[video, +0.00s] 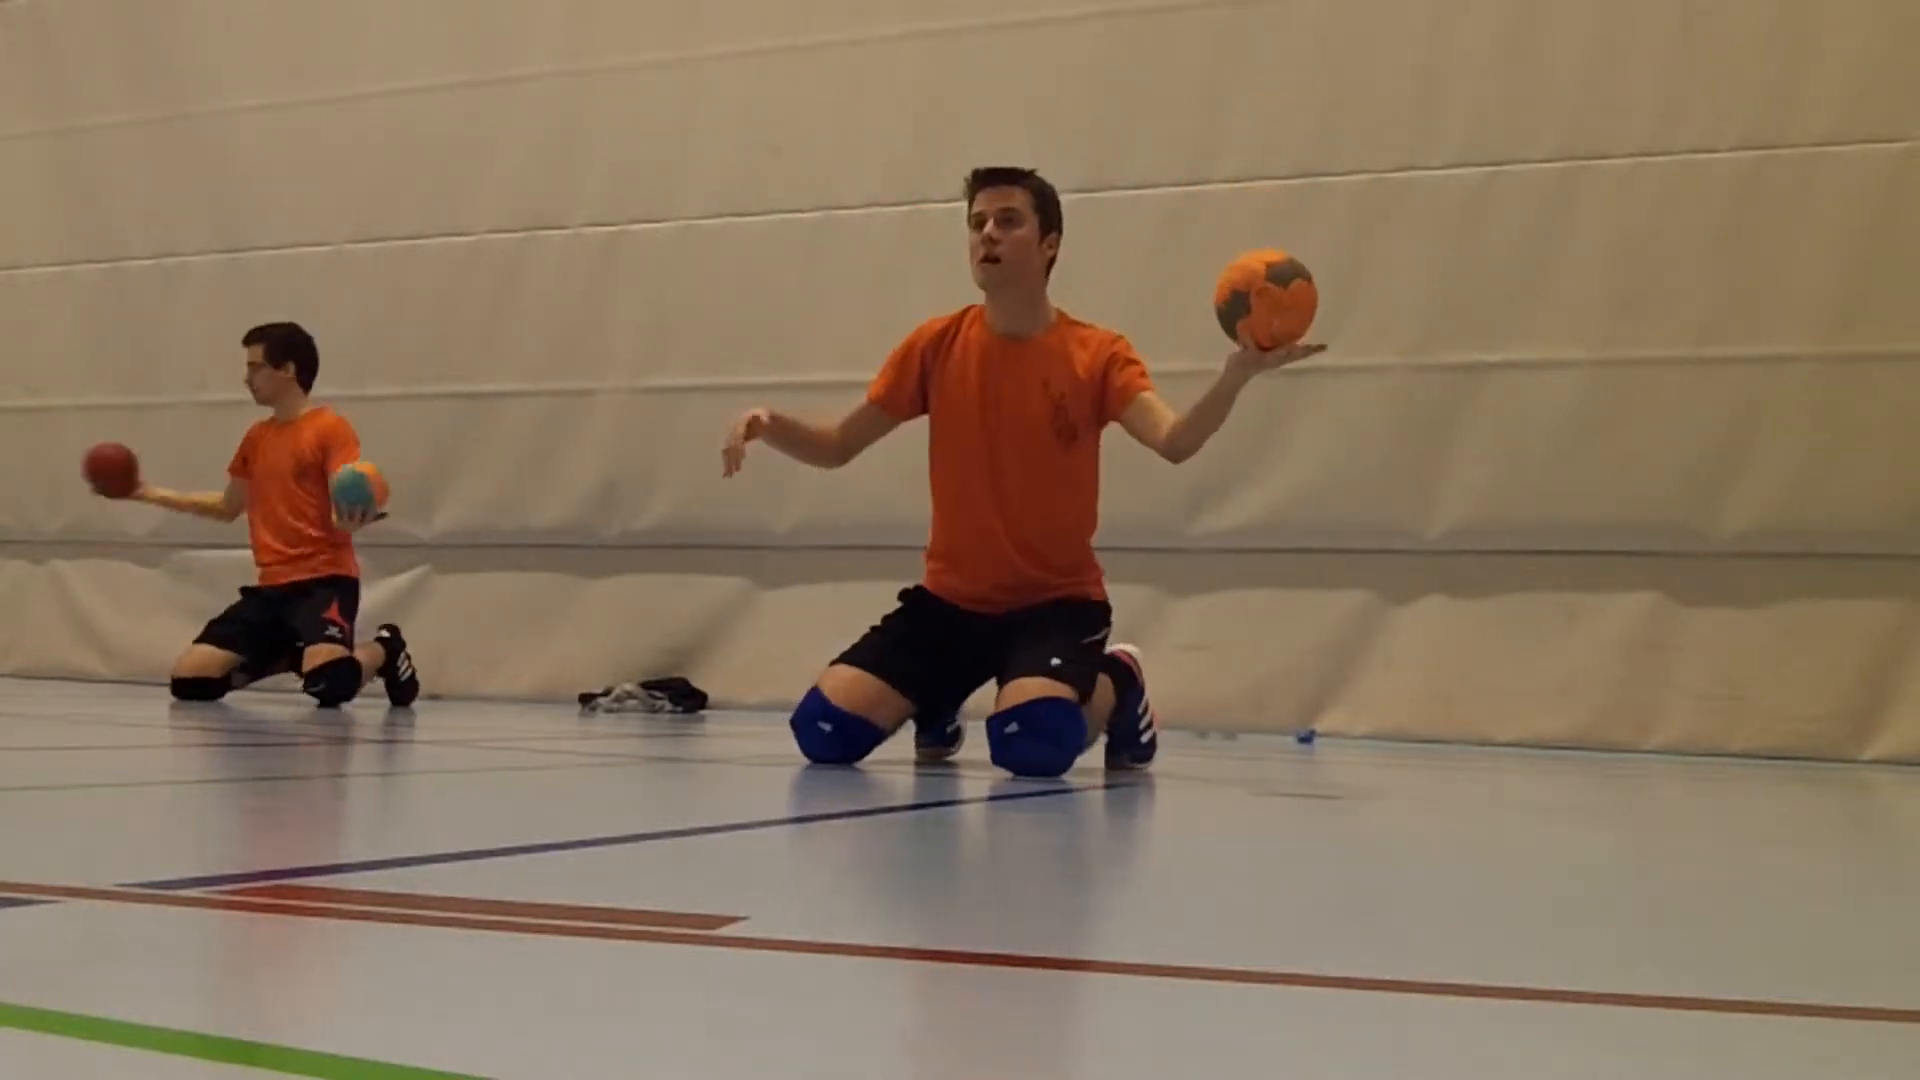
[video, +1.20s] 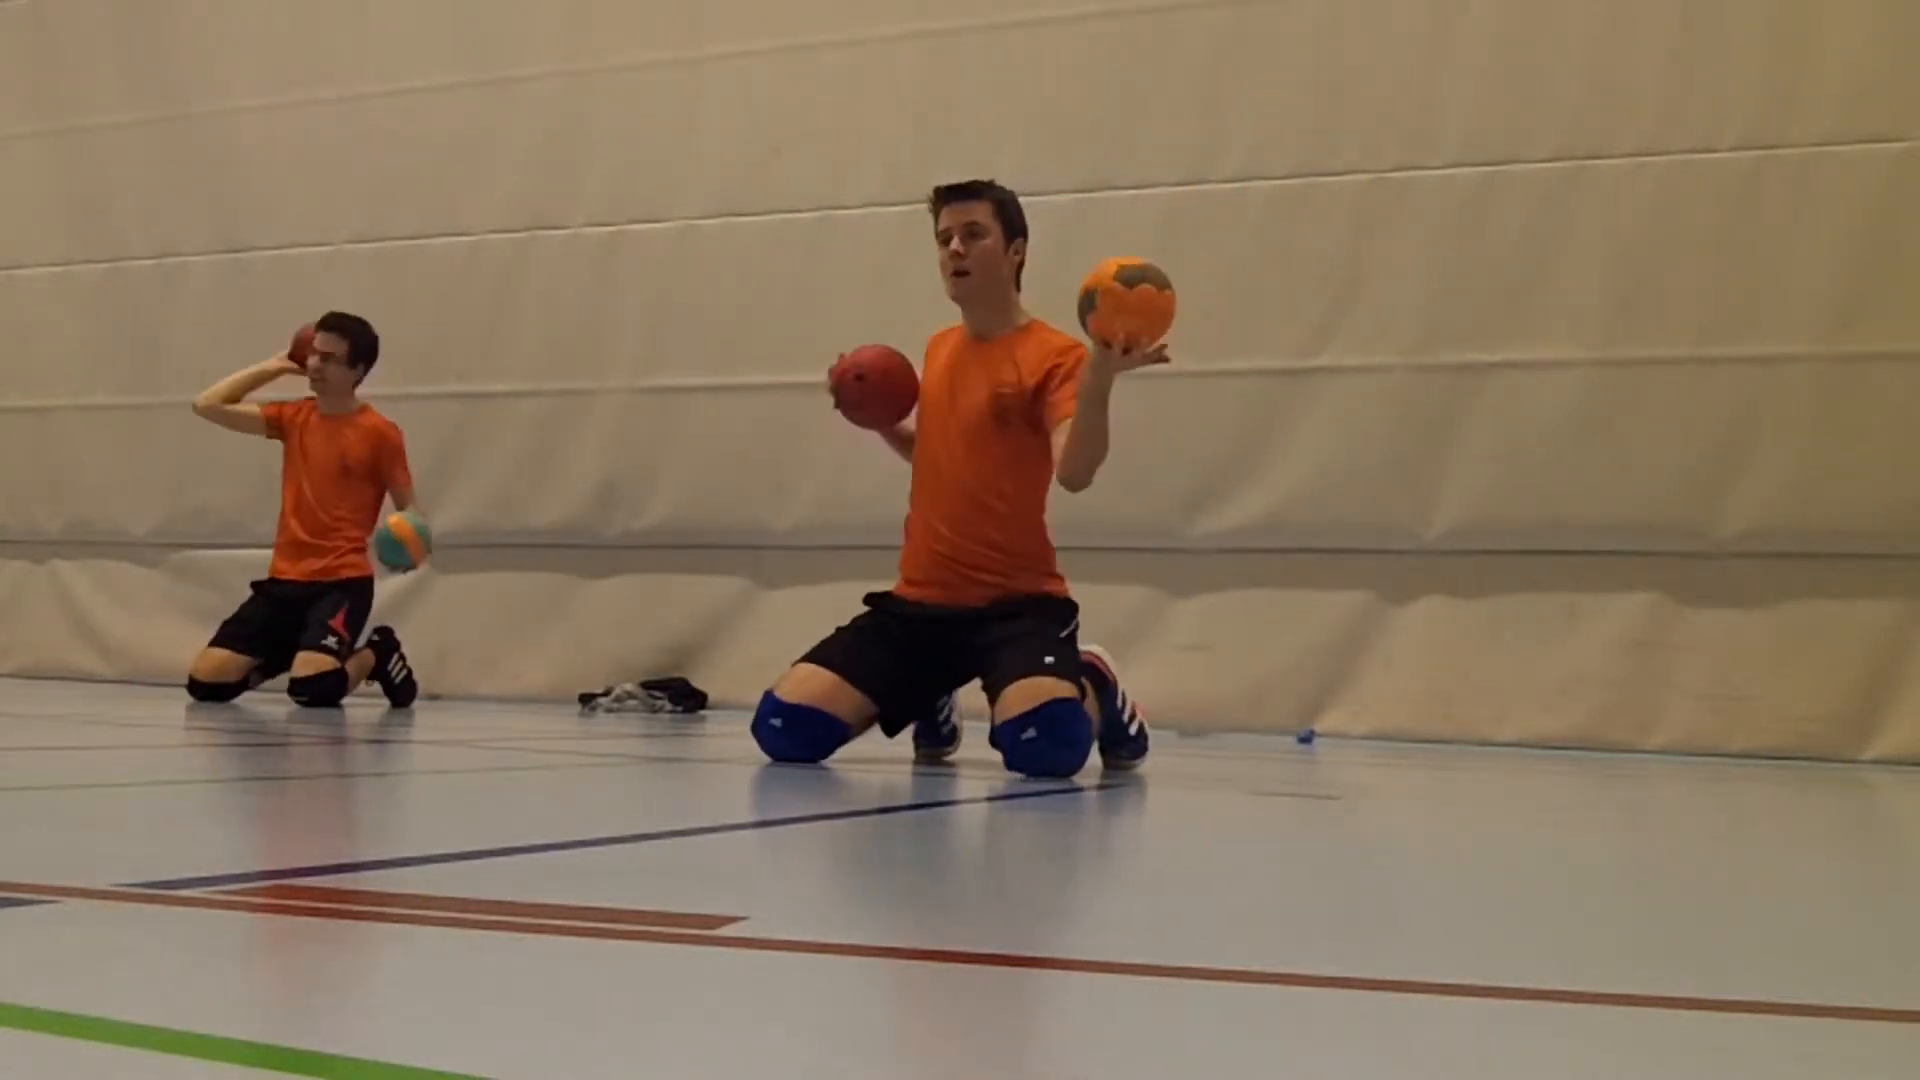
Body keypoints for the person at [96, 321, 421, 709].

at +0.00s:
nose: (246, 377)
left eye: (255, 367)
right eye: (247, 367)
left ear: (289, 371)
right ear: (276, 372)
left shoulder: (329, 428)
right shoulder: (258, 437)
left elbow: (346, 515)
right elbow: (226, 508)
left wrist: (355, 512)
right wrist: (144, 492)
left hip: (325, 585)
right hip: (270, 590)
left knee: (328, 685)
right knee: (188, 683)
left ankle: (386, 649)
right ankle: (298, 657)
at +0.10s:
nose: (257, 370)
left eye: (266, 360)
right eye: (259, 360)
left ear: (299, 366)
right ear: (292, 368)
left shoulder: (337, 425)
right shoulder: (278, 428)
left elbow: (354, 501)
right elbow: (279, 496)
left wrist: (352, 511)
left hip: (323, 579)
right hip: (269, 580)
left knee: (320, 684)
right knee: (194, 683)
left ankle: (381, 649)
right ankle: (303, 651)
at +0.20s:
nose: (265, 373)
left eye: (275, 363)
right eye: (266, 362)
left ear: (309, 371)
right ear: (302, 373)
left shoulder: (336, 424)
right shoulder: (300, 423)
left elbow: (352, 495)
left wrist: (355, 514)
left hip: (322, 582)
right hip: (274, 581)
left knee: (310, 689)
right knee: (196, 682)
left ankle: (382, 650)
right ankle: (298, 648)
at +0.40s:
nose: (302, 401)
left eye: (310, 391)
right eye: (298, 392)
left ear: (343, 383)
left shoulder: (361, 437)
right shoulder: (332, 428)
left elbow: (366, 526)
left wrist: (351, 516)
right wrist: (352, 387)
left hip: (326, 585)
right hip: (281, 581)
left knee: (309, 690)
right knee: (199, 682)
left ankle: (378, 651)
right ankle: (298, 651)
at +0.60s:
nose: (326, 408)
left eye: (335, 397)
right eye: (321, 398)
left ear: (363, 388)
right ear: (316, 393)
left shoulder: (381, 443)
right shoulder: (331, 424)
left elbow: (389, 534)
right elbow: (286, 376)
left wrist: (366, 523)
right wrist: (367, 374)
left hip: (335, 588)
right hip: (287, 581)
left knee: (310, 691)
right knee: (200, 682)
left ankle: (377, 652)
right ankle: (305, 651)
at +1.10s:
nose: (316, 385)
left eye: (331, 377)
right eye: (315, 373)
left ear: (362, 385)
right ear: (311, 375)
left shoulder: (386, 444)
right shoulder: (302, 424)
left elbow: (415, 525)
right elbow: (224, 398)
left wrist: (409, 560)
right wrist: (300, 379)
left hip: (347, 590)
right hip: (289, 586)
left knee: (310, 690)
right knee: (203, 683)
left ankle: (380, 653)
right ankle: (295, 655)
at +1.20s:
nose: (313, 364)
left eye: (327, 358)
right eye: (312, 354)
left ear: (357, 371)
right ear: (307, 358)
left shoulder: (379, 434)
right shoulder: (294, 418)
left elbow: (408, 511)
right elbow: (207, 404)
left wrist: (407, 542)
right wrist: (279, 365)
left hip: (343, 583)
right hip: (285, 580)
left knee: (309, 690)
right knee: (205, 684)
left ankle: (377, 654)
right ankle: (302, 653)